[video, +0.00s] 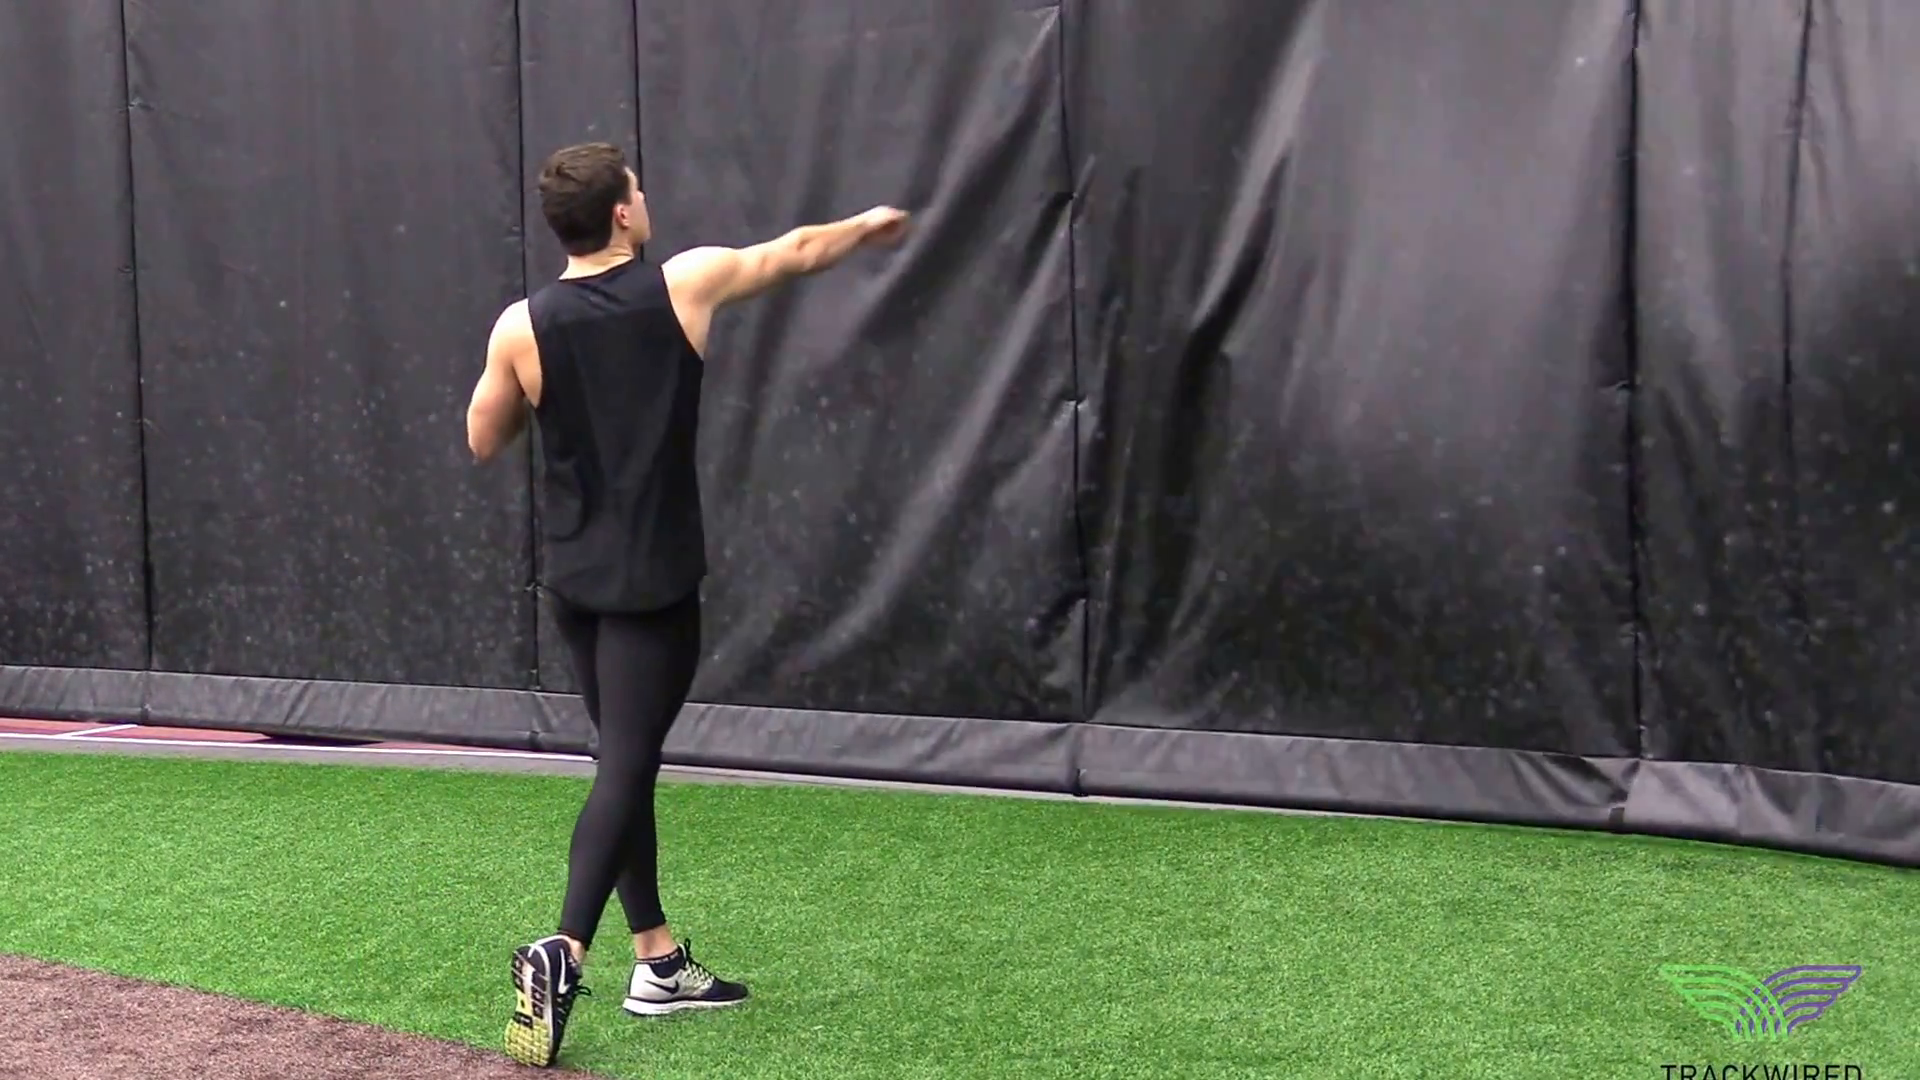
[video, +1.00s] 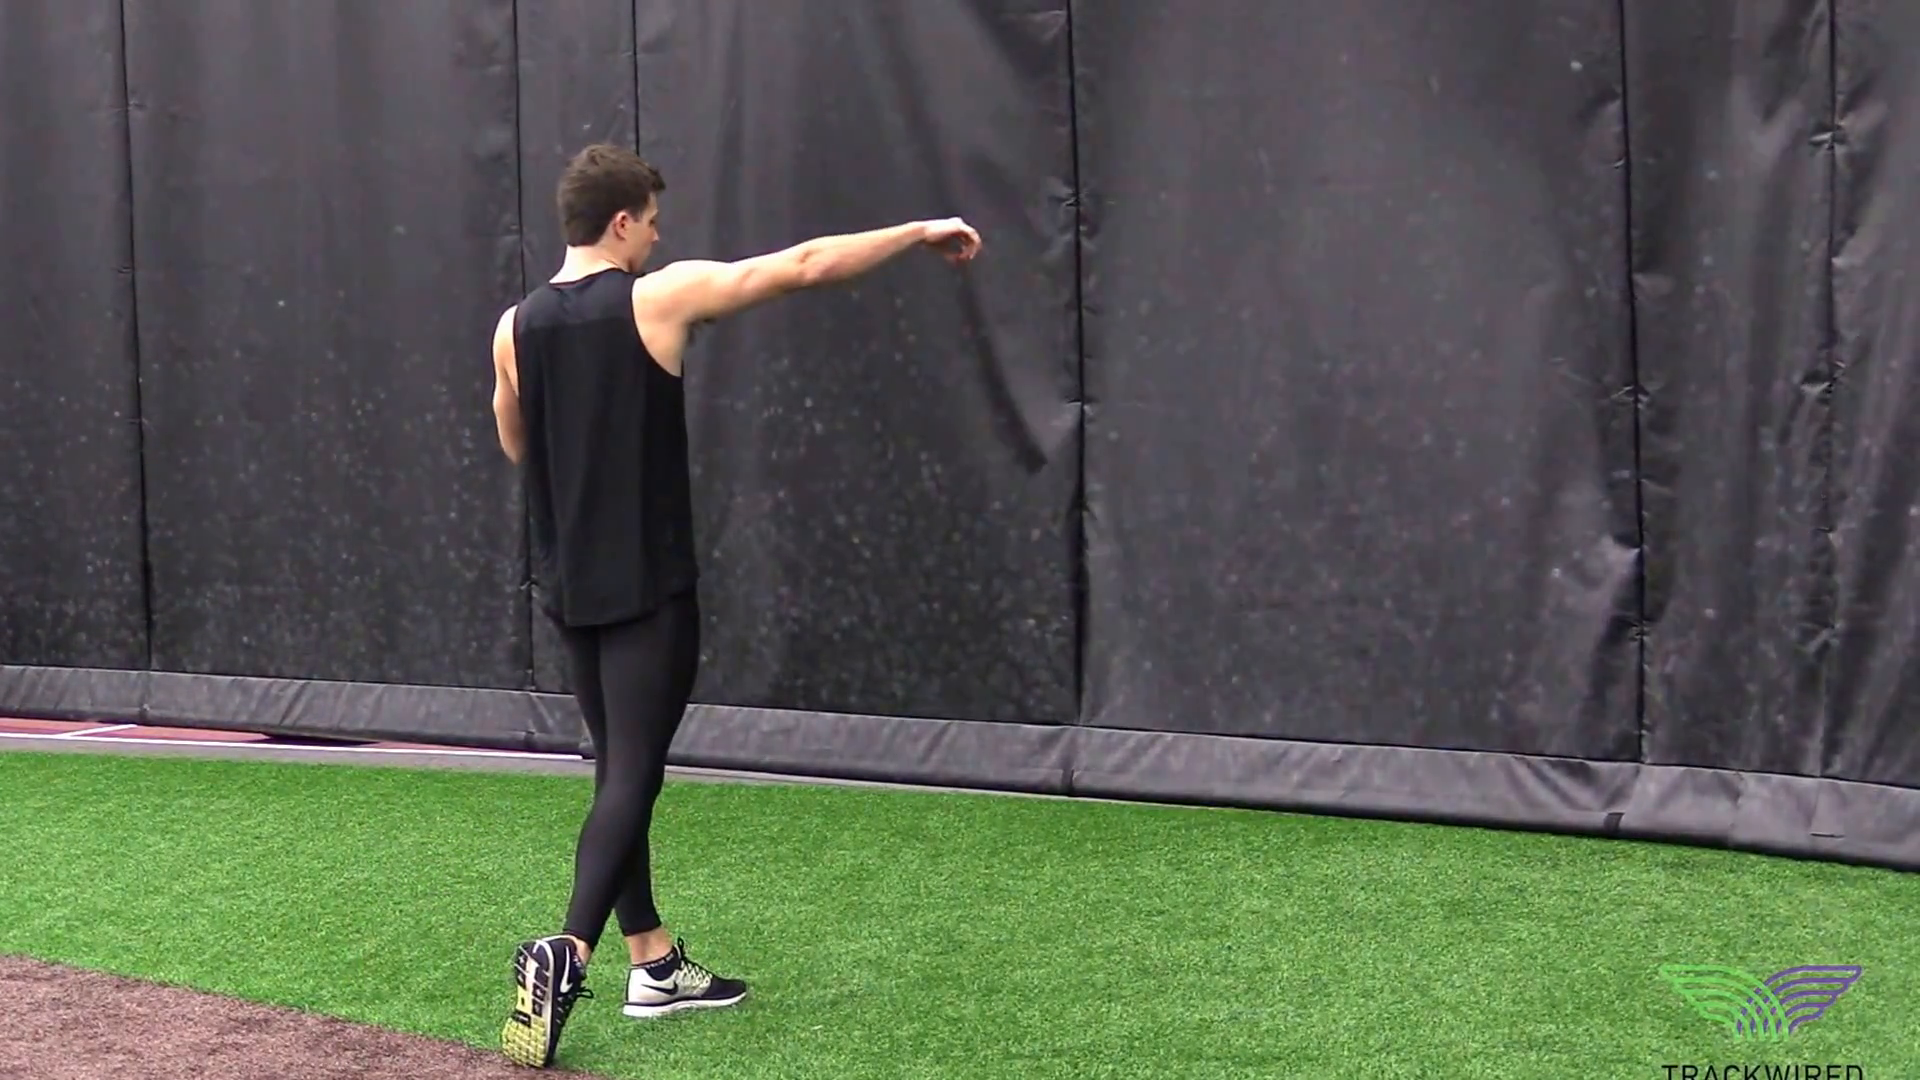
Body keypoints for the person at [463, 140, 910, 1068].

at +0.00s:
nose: (645, 199)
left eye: (634, 188)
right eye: (637, 191)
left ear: (561, 227)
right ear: (621, 214)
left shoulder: (521, 327)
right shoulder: (688, 279)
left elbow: (483, 439)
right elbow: (795, 254)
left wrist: (531, 372)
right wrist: (864, 227)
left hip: (573, 574)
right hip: (656, 572)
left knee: (626, 761)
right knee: (623, 764)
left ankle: (658, 961)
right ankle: (563, 951)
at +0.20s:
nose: (648, 201)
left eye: (639, 189)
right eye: (641, 192)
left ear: (563, 227)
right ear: (624, 215)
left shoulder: (521, 325)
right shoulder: (683, 287)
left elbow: (493, 434)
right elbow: (815, 257)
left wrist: (544, 372)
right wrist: (909, 223)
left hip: (569, 573)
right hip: (650, 571)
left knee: (622, 763)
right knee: (619, 768)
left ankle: (656, 960)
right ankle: (557, 951)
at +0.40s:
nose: (648, 206)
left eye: (640, 192)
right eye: (640, 196)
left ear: (562, 226)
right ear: (622, 218)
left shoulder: (521, 323)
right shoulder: (674, 294)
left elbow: (505, 437)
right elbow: (813, 271)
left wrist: (547, 370)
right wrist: (925, 243)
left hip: (571, 574)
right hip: (650, 572)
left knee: (622, 765)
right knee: (623, 768)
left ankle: (653, 963)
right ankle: (554, 950)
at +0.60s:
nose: (650, 217)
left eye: (644, 203)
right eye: (643, 206)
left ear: (564, 224)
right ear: (621, 220)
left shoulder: (517, 324)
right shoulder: (667, 296)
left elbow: (512, 438)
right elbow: (811, 276)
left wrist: (561, 373)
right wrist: (927, 252)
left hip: (573, 576)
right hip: (650, 574)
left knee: (622, 767)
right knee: (627, 771)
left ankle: (654, 963)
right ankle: (560, 953)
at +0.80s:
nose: (654, 230)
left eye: (649, 214)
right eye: (648, 216)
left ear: (570, 223)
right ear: (620, 220)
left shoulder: (515, 327)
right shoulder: (662, 295)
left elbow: (514, 443)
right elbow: (807, 271)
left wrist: (562, 374)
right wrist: (924, 241)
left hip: (574, 579)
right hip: (650, 575)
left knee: (622, 770)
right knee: (631, 774)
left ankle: (653, 963)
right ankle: (567, 954)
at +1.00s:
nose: (655, 235)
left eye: (653, 220)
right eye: (652, 221)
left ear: (574, 224)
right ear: (624, 222)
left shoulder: (516, 325)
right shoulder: (662, 296)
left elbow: (514, 443)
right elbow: (803, 266)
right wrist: (918, 231)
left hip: (572, 580)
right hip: (651, 576)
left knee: (621, 773)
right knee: (630, 777)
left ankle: (653, 963)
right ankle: (567, 953)